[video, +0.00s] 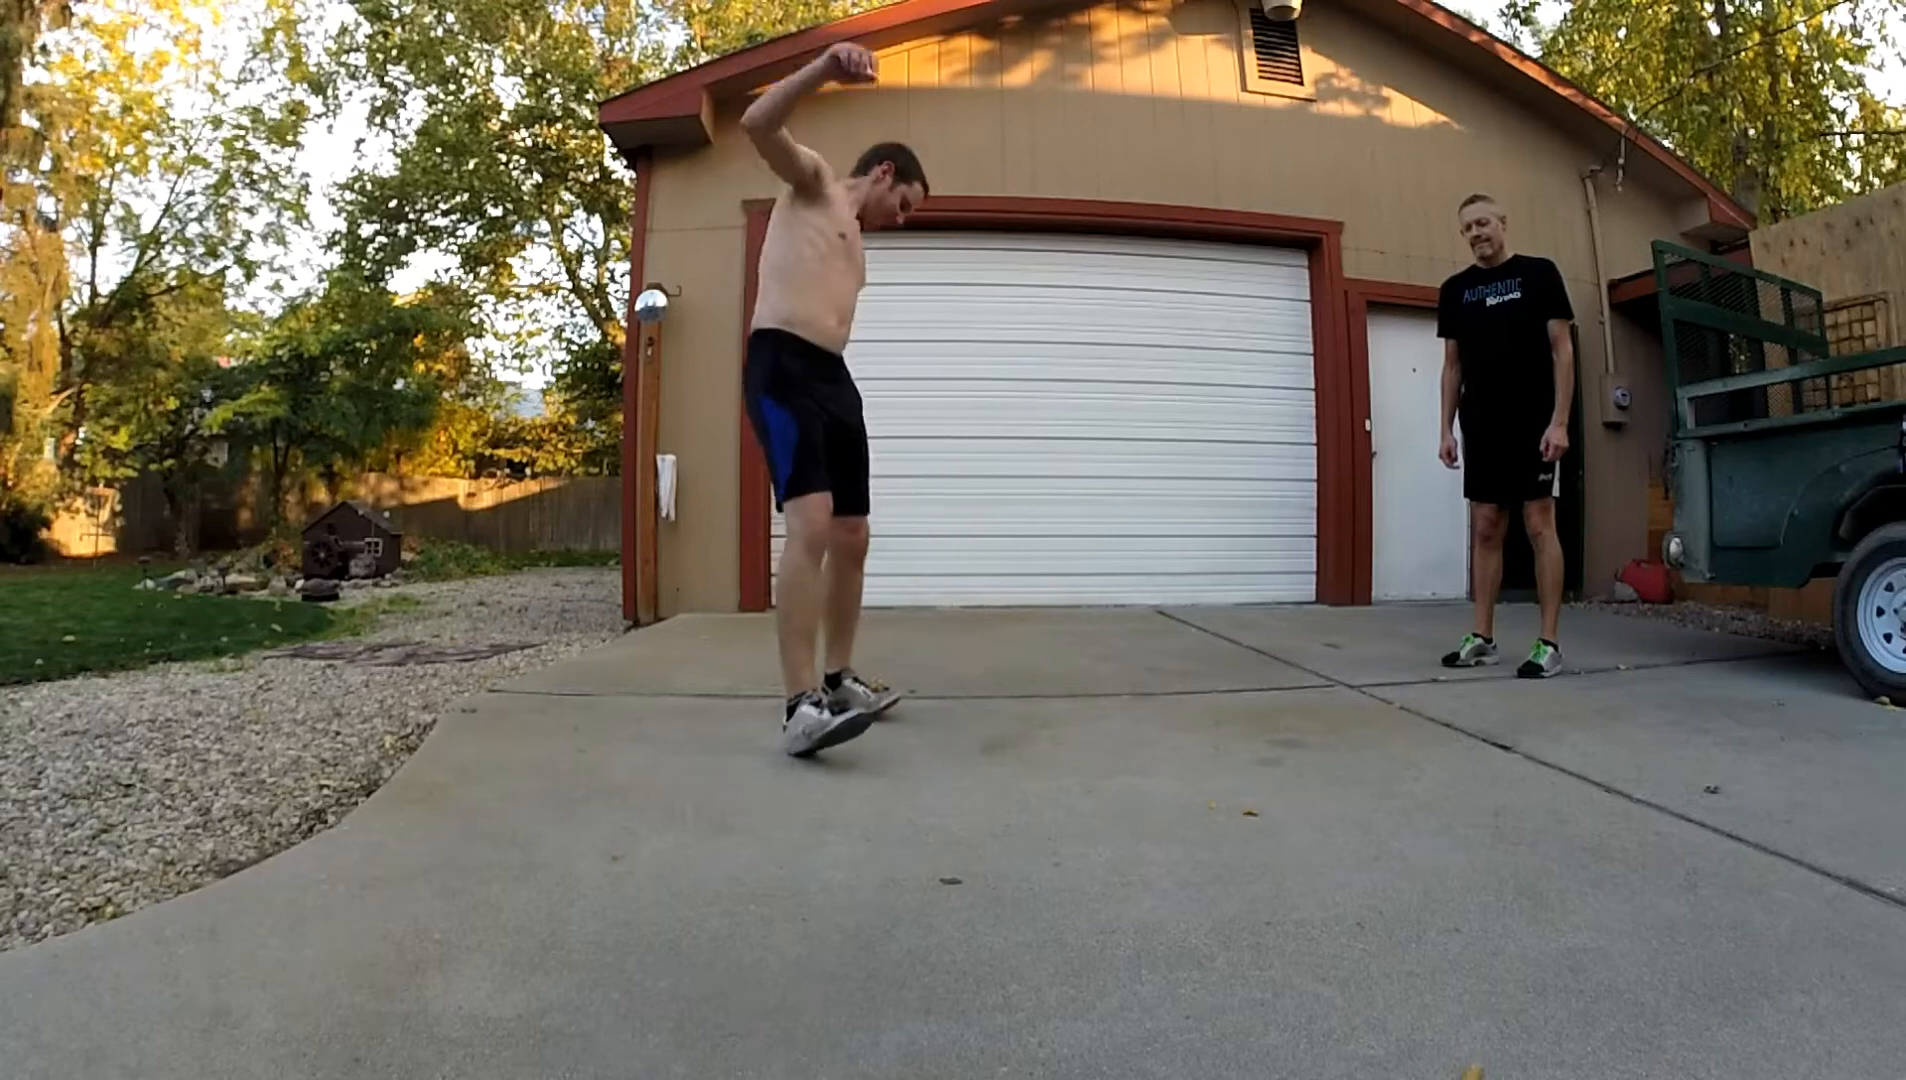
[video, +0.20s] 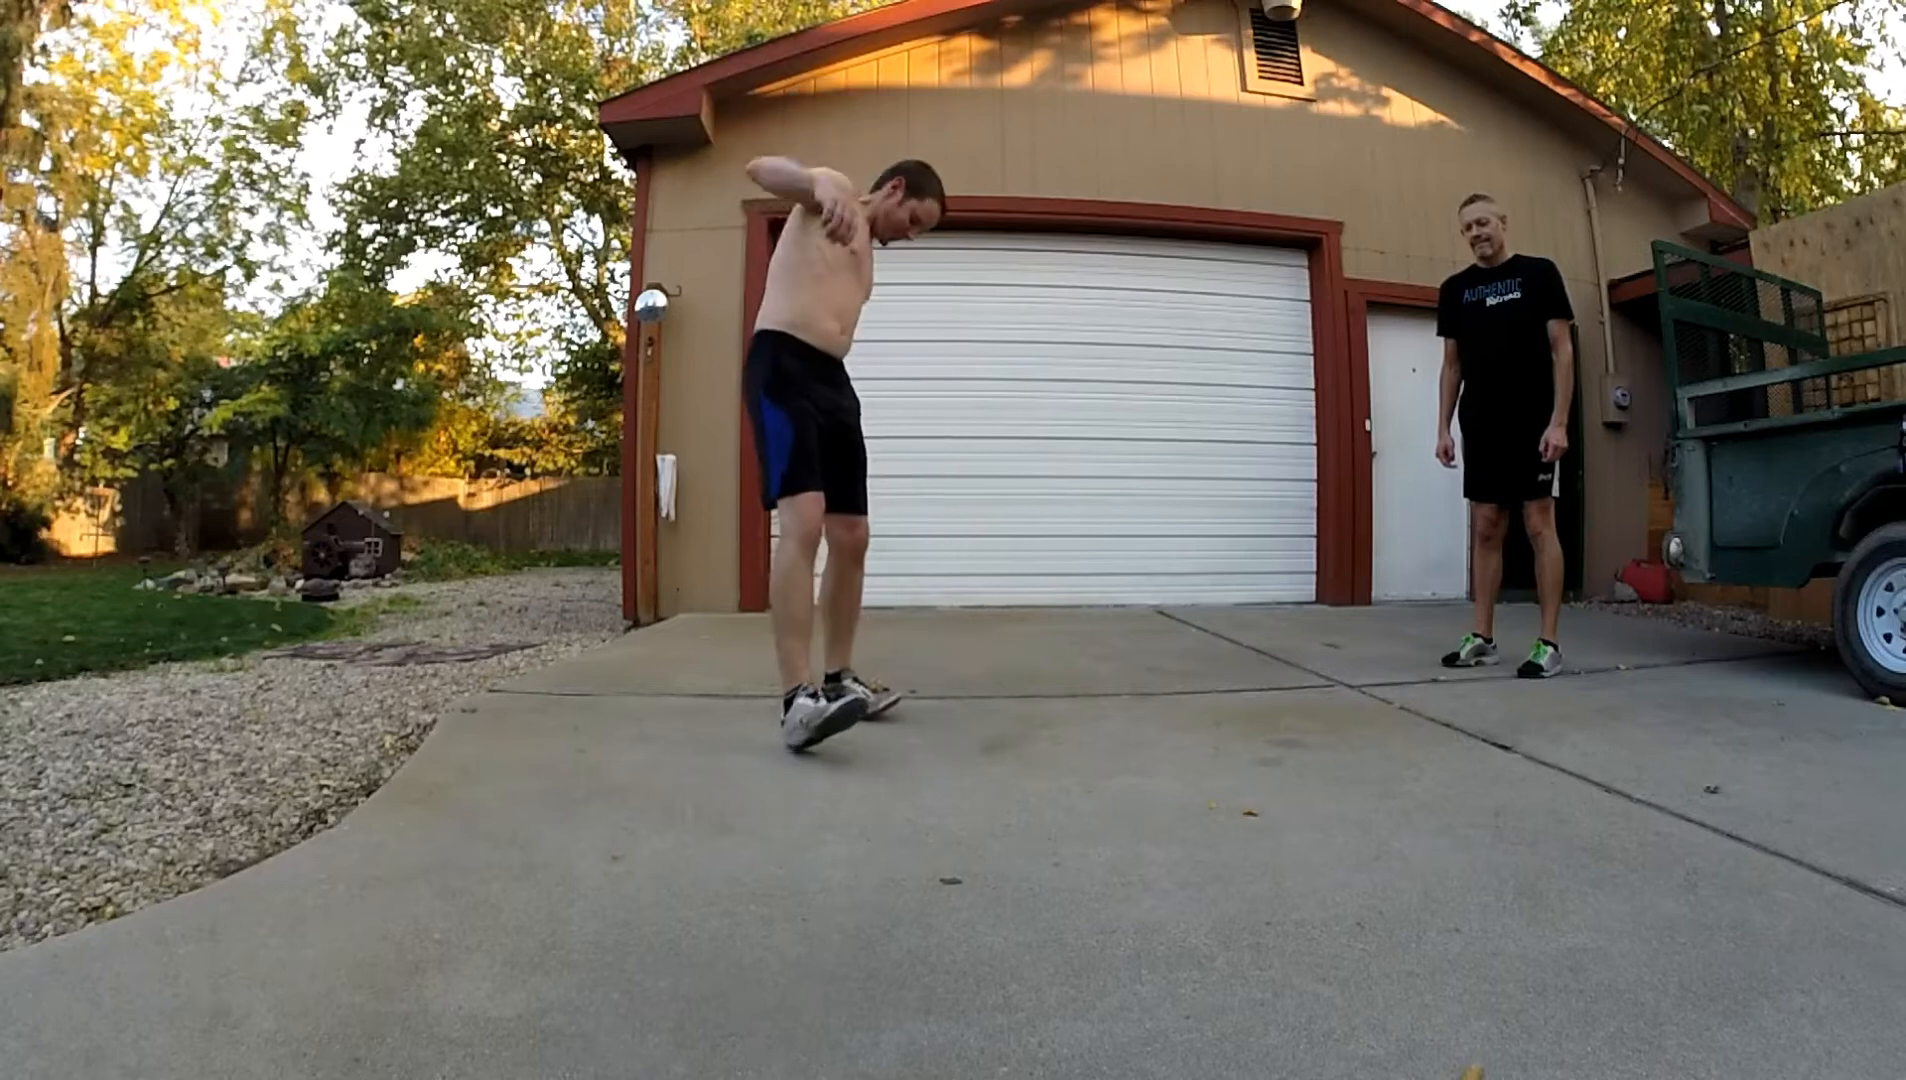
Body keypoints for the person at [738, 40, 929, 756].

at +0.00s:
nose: (902, 215)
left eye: (908, 210)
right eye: (903, 200)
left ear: (886, 188)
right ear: (879, 170)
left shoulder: (851, 237)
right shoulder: (816, 180)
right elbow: (757, 124)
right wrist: (821, 69)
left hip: (832, 372)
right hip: (781, 362)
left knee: (852, 534)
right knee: (810, 524)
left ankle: (835, 683)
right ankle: (800, 705)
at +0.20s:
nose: (910, 233)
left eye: (918, 229)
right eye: (913, 220)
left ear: (902, 205)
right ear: (894, 188)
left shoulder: (868, 248)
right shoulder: (834, 194)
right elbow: (761, 169)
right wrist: (816, 181)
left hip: (832, 376)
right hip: (782, 363)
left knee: (852, 534)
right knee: (802, 523)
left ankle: (838, 680)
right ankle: (796, 698)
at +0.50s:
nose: (907, 211)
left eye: (915, 204)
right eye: (907, 196)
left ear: (898, 185)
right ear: (883, 166)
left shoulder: (866, 234)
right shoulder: (827, 187)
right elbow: (744, 222)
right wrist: (761, 284)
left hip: (838, 372)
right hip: (792, 360)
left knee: (848, 532)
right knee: (808, 523)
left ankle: (839, 680)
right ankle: (783, 690)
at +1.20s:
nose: (926, 212)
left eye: (939, 205)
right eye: (923, 196)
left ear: (947, 198)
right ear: (902, 168)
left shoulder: (914, 251)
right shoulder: (836, 204)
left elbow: (891, 329)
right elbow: (751, 247)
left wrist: (896, 408)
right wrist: (757, 315)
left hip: (850, 382)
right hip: (791, 361)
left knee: (860, 530)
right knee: (829, 471)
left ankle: (843, 674)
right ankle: (805, 634)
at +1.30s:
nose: (930, 217)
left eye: (943, 210)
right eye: (928, 200)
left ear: (955, 205)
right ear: (908, 171)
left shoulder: (921, 254)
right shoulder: (842, 202)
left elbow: (904, 332)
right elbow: (750, 231)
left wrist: (915, 407)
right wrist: (746, 303)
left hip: (844, 372)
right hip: (784, 347)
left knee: (844, 525)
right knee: (834, 372)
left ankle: (842, 679)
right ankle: (837, 529)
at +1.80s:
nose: (908, 183)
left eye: (920, 174)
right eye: (902, 167)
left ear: (929, 168)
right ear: (877, 146)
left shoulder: (913, 238)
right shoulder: (822, 194)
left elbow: (913, 318)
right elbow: (734, 228)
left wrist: (938, 390)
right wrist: (714, 289)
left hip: (862, 369)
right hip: (801, 349)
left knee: (854, 517)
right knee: (868, 425)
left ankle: (841, 680)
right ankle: (853, 605)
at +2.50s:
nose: (833, 136)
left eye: (845, 123)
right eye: (822, 121)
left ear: (860, 109)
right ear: (793, 96)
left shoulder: (868, 151)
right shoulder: (757, 181)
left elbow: (890, 232)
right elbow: (720, 290)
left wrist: (928, 300)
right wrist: (710, 395)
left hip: (880, 358)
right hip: (818, 360)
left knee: (877, 527)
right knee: (824, 533)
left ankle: (856, 676)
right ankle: (820, 715)